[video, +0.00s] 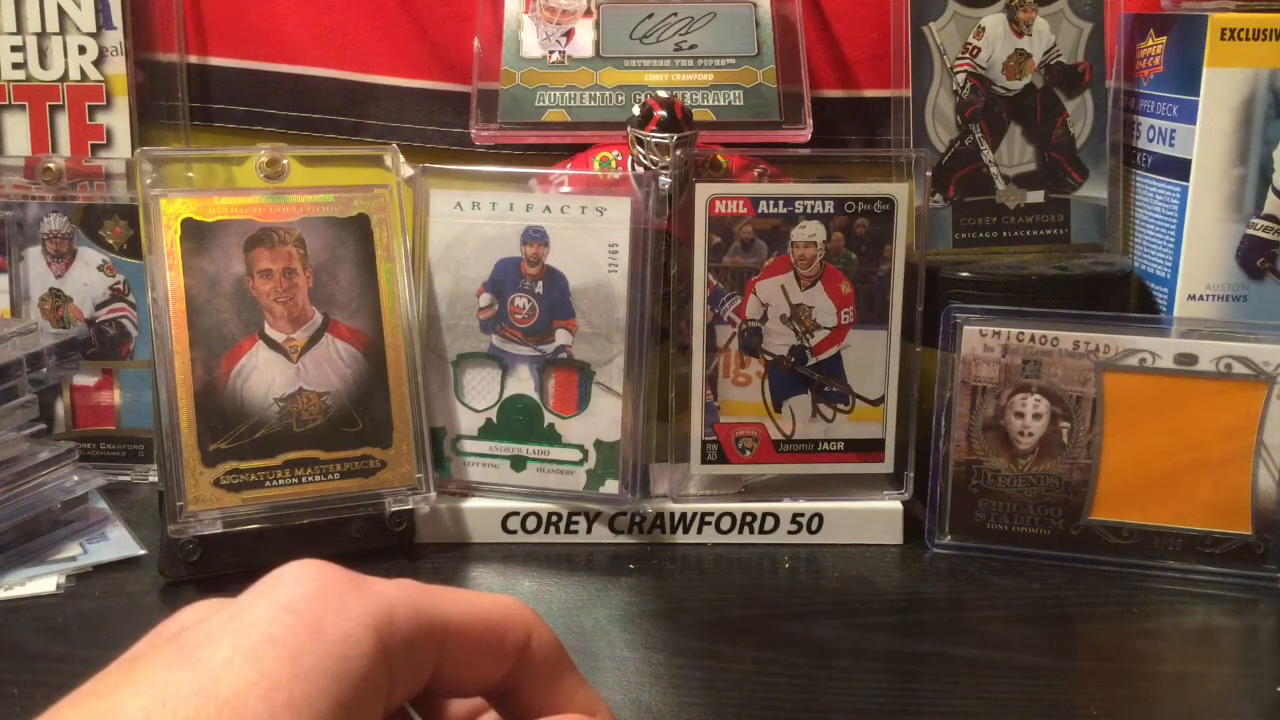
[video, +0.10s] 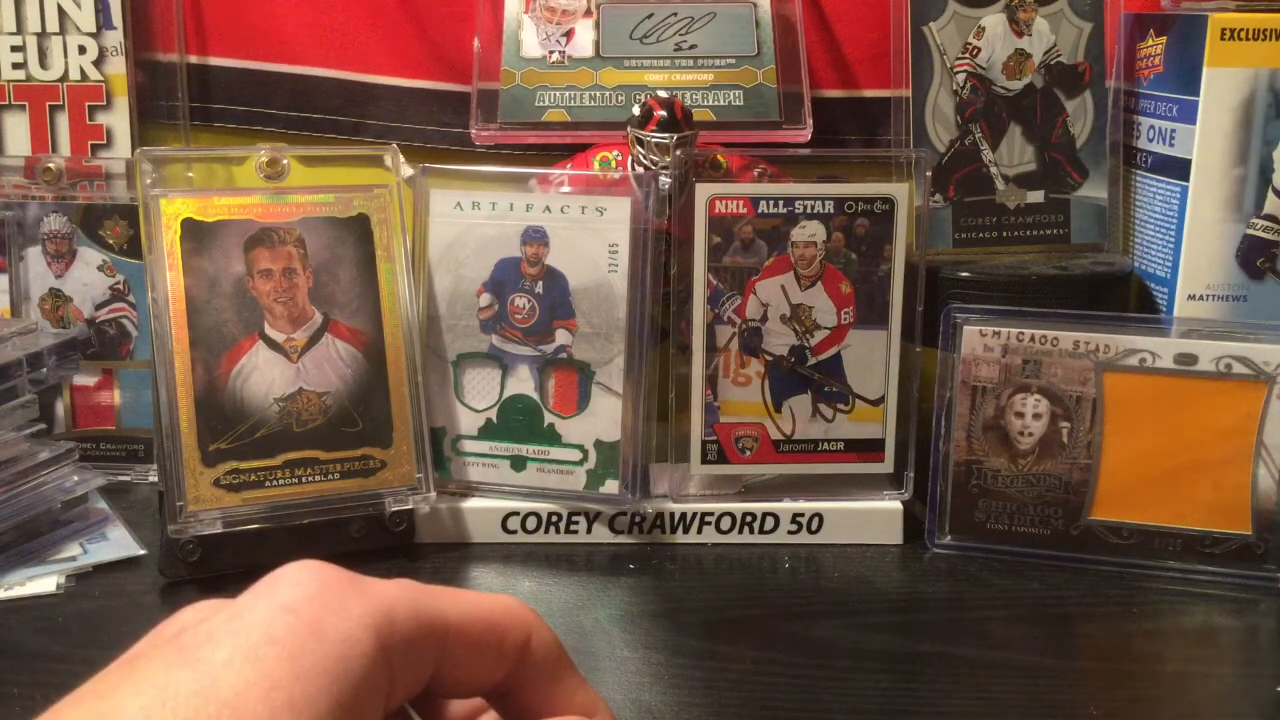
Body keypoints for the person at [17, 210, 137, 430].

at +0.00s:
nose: (57, 245)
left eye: (62, 239)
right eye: (51, 240)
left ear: (72, 239)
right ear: (43, 242)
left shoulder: (95, 264)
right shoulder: (27, 261)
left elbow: (120, 303)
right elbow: (10, 305)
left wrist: (108, 333)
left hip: (88, 362)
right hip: (39, 360)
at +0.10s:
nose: (57, 245)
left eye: (62, 239)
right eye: (51, 240)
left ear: (72, 239)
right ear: (43, 241)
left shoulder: (96, 264)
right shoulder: (27, 261)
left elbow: (121, 304)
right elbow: (12, 306)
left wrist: (107, 333)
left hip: (88, 364)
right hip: (40, 361)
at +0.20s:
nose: (57, 245)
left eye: (62, 239)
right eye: (51, 240)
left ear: (72, 239)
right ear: (43, 242)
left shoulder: (96, 264)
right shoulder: (27, 261)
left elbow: (120, 304)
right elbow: (10, 305)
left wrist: (108, 333)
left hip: (87, 361)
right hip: (39, 359)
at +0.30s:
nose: (57, 246)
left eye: (62, 240)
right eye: (51, 240)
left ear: (72, 240)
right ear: (43, 242)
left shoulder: (96, 264)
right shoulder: (27, 261)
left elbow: (120, 305)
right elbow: (10, 306)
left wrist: (107, 333)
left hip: (88, 363)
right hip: (39, 360)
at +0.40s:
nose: (57, 246)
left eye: (62, 240)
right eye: (51, 240)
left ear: (72, 240)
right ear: (43, 242)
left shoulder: (96, 264)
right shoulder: (27, 261)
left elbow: (120, 304)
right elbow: (11, 306)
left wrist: (108, 333)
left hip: (87, 360)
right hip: (39, 358)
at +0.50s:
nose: (57, 246)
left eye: (62, 240)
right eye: (51, 240)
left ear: (72, 240)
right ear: (43, 242)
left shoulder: (96, 264)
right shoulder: (27, 261)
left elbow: (120, 304)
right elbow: (11, 306)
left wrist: (108, 333)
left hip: (87, 360)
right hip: (39, 358)